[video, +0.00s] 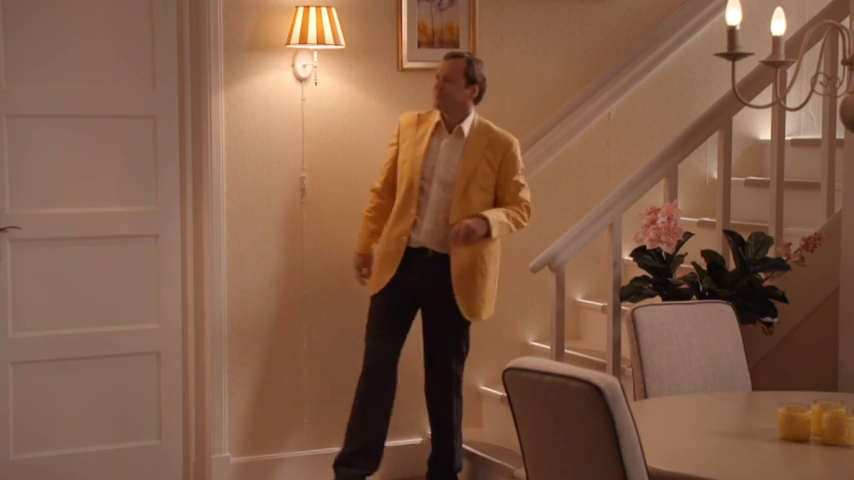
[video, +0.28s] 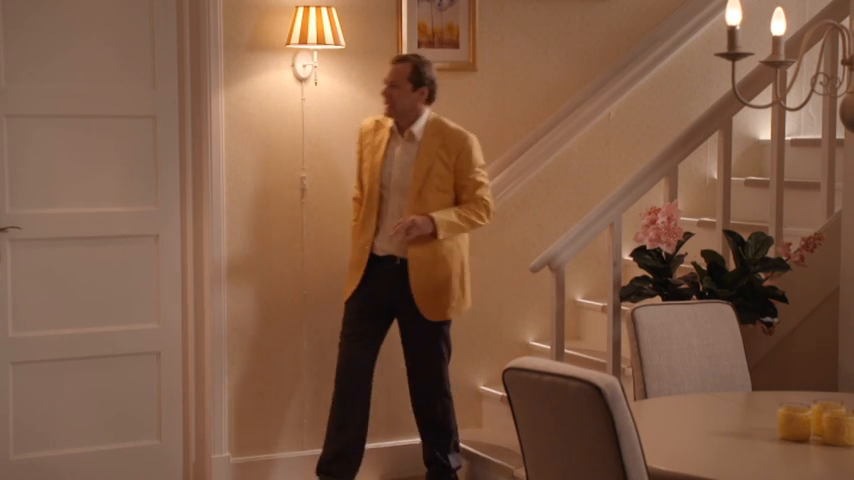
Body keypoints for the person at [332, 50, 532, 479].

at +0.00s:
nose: (436, 87)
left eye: (447, 81)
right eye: (436, 79)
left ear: (474, 91)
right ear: (434, 83)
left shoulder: (501, 146)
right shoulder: (410, 126)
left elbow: (520, 207)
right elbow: (383, 191)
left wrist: (487, 222)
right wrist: (366, 246)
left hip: (453, 271)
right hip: (399, 263)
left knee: (445, 376)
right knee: (377, 365)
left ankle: (444, 472)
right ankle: (353, 468)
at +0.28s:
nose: (384, 94)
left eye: (393, 88)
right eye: (384, 86)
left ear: (422, 93)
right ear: (388, 89)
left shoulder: (458, 142)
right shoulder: (372, 132)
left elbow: (480, 209)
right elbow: (361, 196)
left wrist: (434, 222)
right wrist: (358, 253)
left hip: (426, 278)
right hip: (372, 273)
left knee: (429, 381)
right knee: (351, 374)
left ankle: (443, 471)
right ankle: (334, 474)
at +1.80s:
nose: (300, 93)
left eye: (298, 85)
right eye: (290, 86)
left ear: (273, 95)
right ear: (259, 93)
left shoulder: (286, 138)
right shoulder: (214, 137)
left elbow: (287, 201)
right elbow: (171, 204)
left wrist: (340, 214)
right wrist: (138, 264)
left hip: (279, 285)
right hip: (226, 290)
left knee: (308, 386)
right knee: (211, 400)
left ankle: (325, 476)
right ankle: (195, 479)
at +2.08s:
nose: (357, 95)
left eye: (355, 89)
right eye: (349, 89)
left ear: (328, 98)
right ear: (321, 97)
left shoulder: (334, 147)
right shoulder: (279, 142)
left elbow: (338, 210)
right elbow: (244, 206)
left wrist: (389, 216)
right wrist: (237, 260)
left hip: (333, 290)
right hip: (289, 293)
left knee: (358, 387)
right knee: (255, 396)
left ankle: (362, 476)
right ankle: (211, 477)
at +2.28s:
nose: (389, 86)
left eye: (387, 79)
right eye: (381, 79)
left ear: (359, 87)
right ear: (354, 86)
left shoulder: (365, 137)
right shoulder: (316, 131)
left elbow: (373, 196)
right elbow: (286, 199)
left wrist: (423, 190)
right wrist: (306, 253)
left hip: (359, 285)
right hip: (320, 283)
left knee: (360, 387)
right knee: (318, 377)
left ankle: (362, 473)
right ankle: (270, 474)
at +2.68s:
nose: (416, 86)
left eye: (414, 79)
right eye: (410, 79)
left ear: (386, 85)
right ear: (387, 85)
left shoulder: (382, 129)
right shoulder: (358, 127)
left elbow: (378, 199)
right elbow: (329, 196)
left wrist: (411, 184)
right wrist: (340, 252)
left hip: (383, 281)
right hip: (366, 283)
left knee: (383, 383)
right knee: (376, 386)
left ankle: (365, 471)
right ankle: (365, 474)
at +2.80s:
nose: (417, 87)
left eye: (415, 80)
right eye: (412, 80)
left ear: (388, 86)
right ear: (390, 86)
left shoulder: (381, 129)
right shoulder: (363, 129)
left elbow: (375, 199)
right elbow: (343, 201)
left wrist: (407, 192)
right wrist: (362, 254)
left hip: (392, 281)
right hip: (368, 285)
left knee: (418, 363)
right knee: (380, 379)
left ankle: (383, 464)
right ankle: (369, 474)